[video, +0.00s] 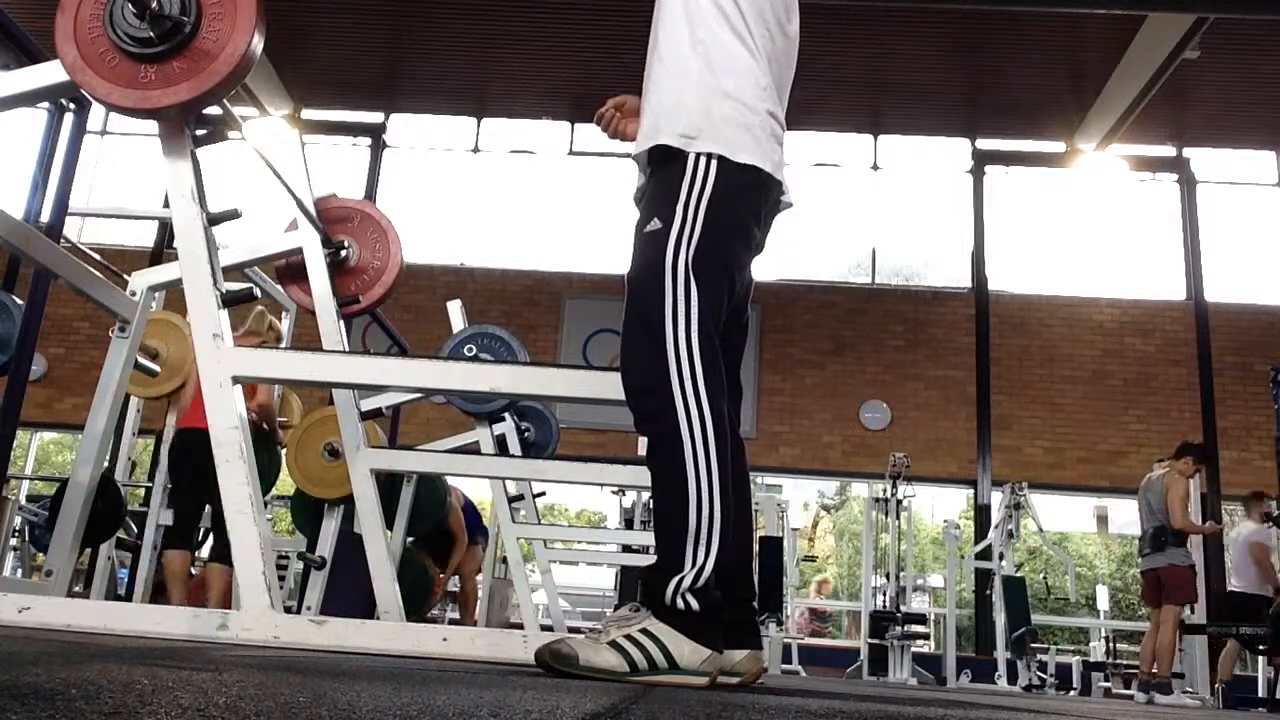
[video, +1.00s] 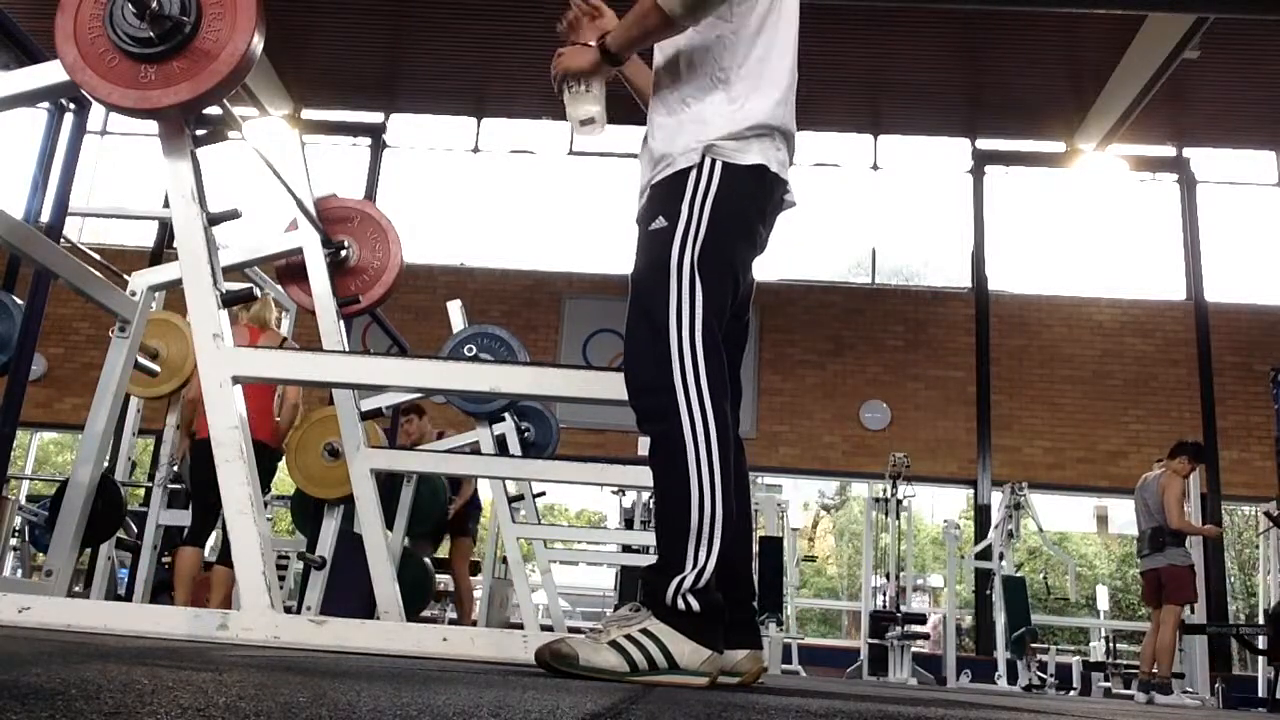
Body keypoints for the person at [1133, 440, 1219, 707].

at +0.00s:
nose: (1194, 476)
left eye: (1197, 472)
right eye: (1196, 471)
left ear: (1179, 459)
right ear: (1187, 462)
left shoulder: (1147, 480)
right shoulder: (1176, 480)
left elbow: (1147, 524)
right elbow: (1179, 522)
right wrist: (1205, 529)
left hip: (1149, 563)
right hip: (1174, 562)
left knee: (1155, 625)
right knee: (1168, 625)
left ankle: (1143, 685)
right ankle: (1164, 688)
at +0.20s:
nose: (1193, 476)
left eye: (1196, 471)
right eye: (1194, 470)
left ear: (1178, 459)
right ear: (1186, 461)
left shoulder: (1146, 480)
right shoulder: (1175, 480)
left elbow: (1146, 525)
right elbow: (1178, 522)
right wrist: (1205, 529)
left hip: (1149, 563)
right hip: (1174, 562)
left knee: (1155, 625)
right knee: (1169, 624)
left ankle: (1143, 684)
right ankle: (1164, 687)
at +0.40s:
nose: (1192, 475)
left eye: (1195, 471)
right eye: (1194, 470)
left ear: (1175, 458)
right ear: (1185, 461)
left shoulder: (1145, 480)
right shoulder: (1174, 480)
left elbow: (1146, 524)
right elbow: (1177, 523)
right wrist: (1206, 530)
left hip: (1149, 563)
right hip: (1173, 562)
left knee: (1155, 625)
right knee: (1169, 625)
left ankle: (1143, 685)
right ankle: (1164, 688)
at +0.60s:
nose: (1191, 475)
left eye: (1193, 470)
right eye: (1192, 469)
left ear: (1174, 459)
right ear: (1182, 461)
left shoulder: (1144, 480)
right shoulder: (1173, 480)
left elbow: (1147, 524)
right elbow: (1177, 522)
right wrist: (1205, 530)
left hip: (1149, 563)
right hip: (1173, 562)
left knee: (1156, 625)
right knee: (1169, 624)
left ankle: (1143, 685)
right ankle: (1164, 688)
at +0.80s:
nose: (1191, 475)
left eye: (1193, 470)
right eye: (1192, 469)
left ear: (1174, 459)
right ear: (1182, 461)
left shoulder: (1144, 480)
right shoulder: (1172, 480)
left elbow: (1146, 525)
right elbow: (1176, 522)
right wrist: (1204, 530)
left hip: (1149, 563)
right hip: (1173, 562)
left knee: (1156, 624)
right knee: (1169, 624)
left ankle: (1143, 685)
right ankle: (1164, 688)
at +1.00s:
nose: (1190, 475)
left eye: (1193, 470)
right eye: (1192, 469)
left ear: (1174, 459)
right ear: (1181, 461)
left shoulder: (1144, 480)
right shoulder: (1172, 480)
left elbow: (1145, 525)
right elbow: (1176, 522)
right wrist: (1204, 530)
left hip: (1149, 563)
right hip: (1173, 562)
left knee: (1156, 624)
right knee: (1169, 624)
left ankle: (1143, 685)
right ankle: (1164, 688)